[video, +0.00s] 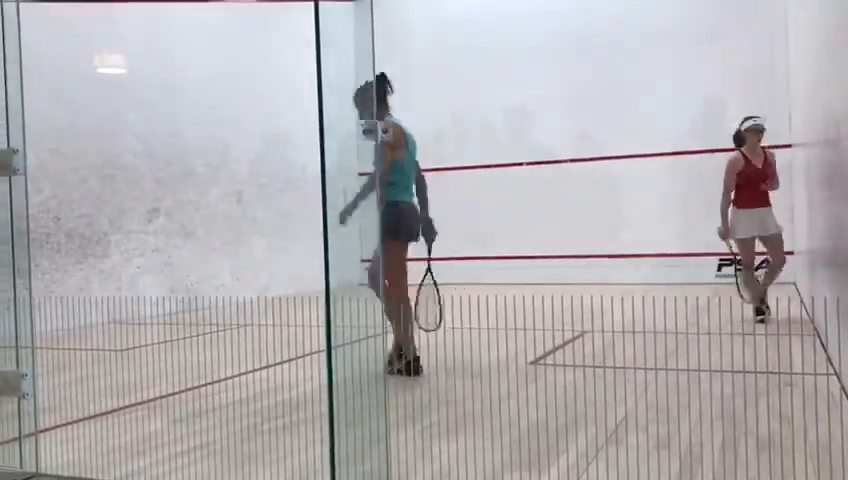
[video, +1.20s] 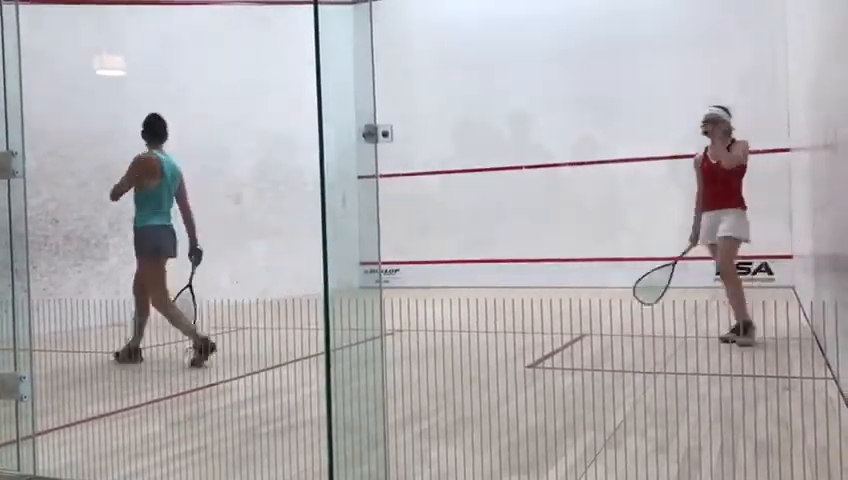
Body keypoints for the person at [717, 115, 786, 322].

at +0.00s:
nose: (758, 135)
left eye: (760, 131)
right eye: (752, 131)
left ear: (763, 134)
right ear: (743, 134)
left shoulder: (768, 155)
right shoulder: (735, 160)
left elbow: (775, 183)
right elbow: (726, 194)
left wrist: (767, 185)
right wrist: (724, 225)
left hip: (764, 213)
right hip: (742, 214)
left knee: (778, 259)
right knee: (748, 264)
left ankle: (759, 292)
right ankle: (758, 303)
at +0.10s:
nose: (759, 136)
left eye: (763, 132)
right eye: (755, 133)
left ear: (766, 135)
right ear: (746, 136)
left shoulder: (774, 158)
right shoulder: (738, 163)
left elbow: (783, 185)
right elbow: (730, 196)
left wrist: (775, 188)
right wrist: (730, 226)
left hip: (769, 212)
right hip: (746, 214)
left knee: (784, 257)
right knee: (751, 263)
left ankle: (780, 302)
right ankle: (758, 305)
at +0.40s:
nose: (771, 137)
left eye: (775, 132)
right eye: (766, 132)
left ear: (779, 134)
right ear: (758, 134)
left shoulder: (786, 156)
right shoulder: (749, 162)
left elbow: (800, 184)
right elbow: (741, 196)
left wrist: (791, 159)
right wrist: (744, 224)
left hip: (784, 215)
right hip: (758, 217)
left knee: (791, 267)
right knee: (762, 267)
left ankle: (796, 315)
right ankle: (766, 302)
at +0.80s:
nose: (750, 133)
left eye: (754, 128)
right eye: (746, 129)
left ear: (764, 131)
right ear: (741, 133)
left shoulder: (776, 151)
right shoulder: (737, 162)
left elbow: (774, 167)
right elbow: (733, 198)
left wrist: (763, 141)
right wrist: (728, 230)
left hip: (776, 218)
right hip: (750, 221)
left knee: (786, 270)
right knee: (752, 273)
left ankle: (793, 316)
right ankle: (749, 323)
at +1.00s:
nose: (726, 128)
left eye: (731, 124)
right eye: (724, 124)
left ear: (743, 127)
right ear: (721, 129)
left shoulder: (757, 147)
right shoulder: (717, 159)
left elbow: (753, 162)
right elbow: (717, 197)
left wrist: (740, 138)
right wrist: (716, 231)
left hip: (756, 217)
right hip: (730, 219)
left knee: (763, 271)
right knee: (739, 275)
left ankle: (784, 306)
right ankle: (745, 325)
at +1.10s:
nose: (721, 127)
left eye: (726, 123)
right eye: (717, 123)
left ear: (736, 126)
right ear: (712, 128)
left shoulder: (749, 147)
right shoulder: (709, 158)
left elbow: (743, 162)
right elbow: (709, 196)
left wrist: (730, 136)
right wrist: (707, 230)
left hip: (745, 215)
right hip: (719, 217)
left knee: (744, 269)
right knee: (733, 273)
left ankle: (769, 306)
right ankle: (744, 325)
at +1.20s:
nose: (710, 127)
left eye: (715, 122)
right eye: (707, 124)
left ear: (727, 125)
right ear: (704, 129)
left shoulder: (740, 146)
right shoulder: (700, 158)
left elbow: (731, 163)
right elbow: (700, 194)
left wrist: (718, 140)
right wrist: (695, 228)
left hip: (733, 213)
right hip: (709, 215)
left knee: (725, 264)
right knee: (724, 270)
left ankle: (744, 322)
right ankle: (740, 322)